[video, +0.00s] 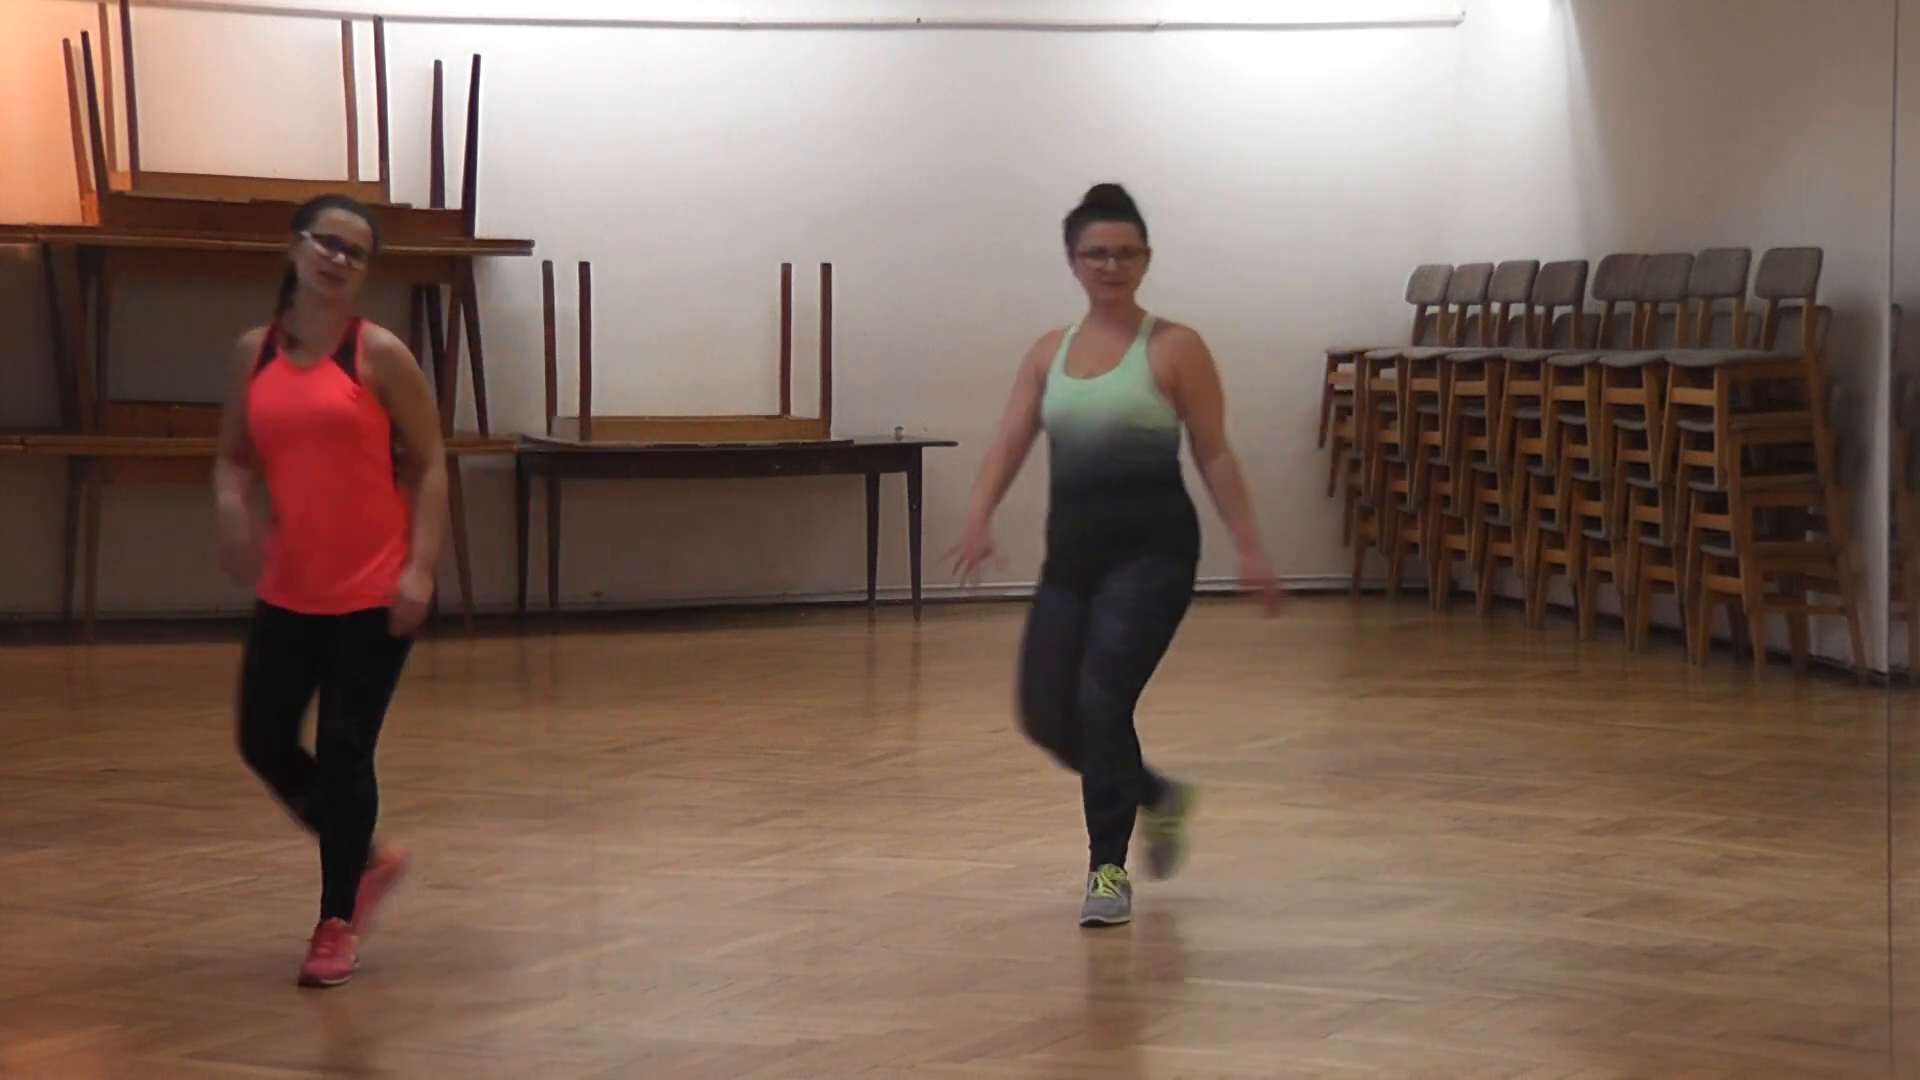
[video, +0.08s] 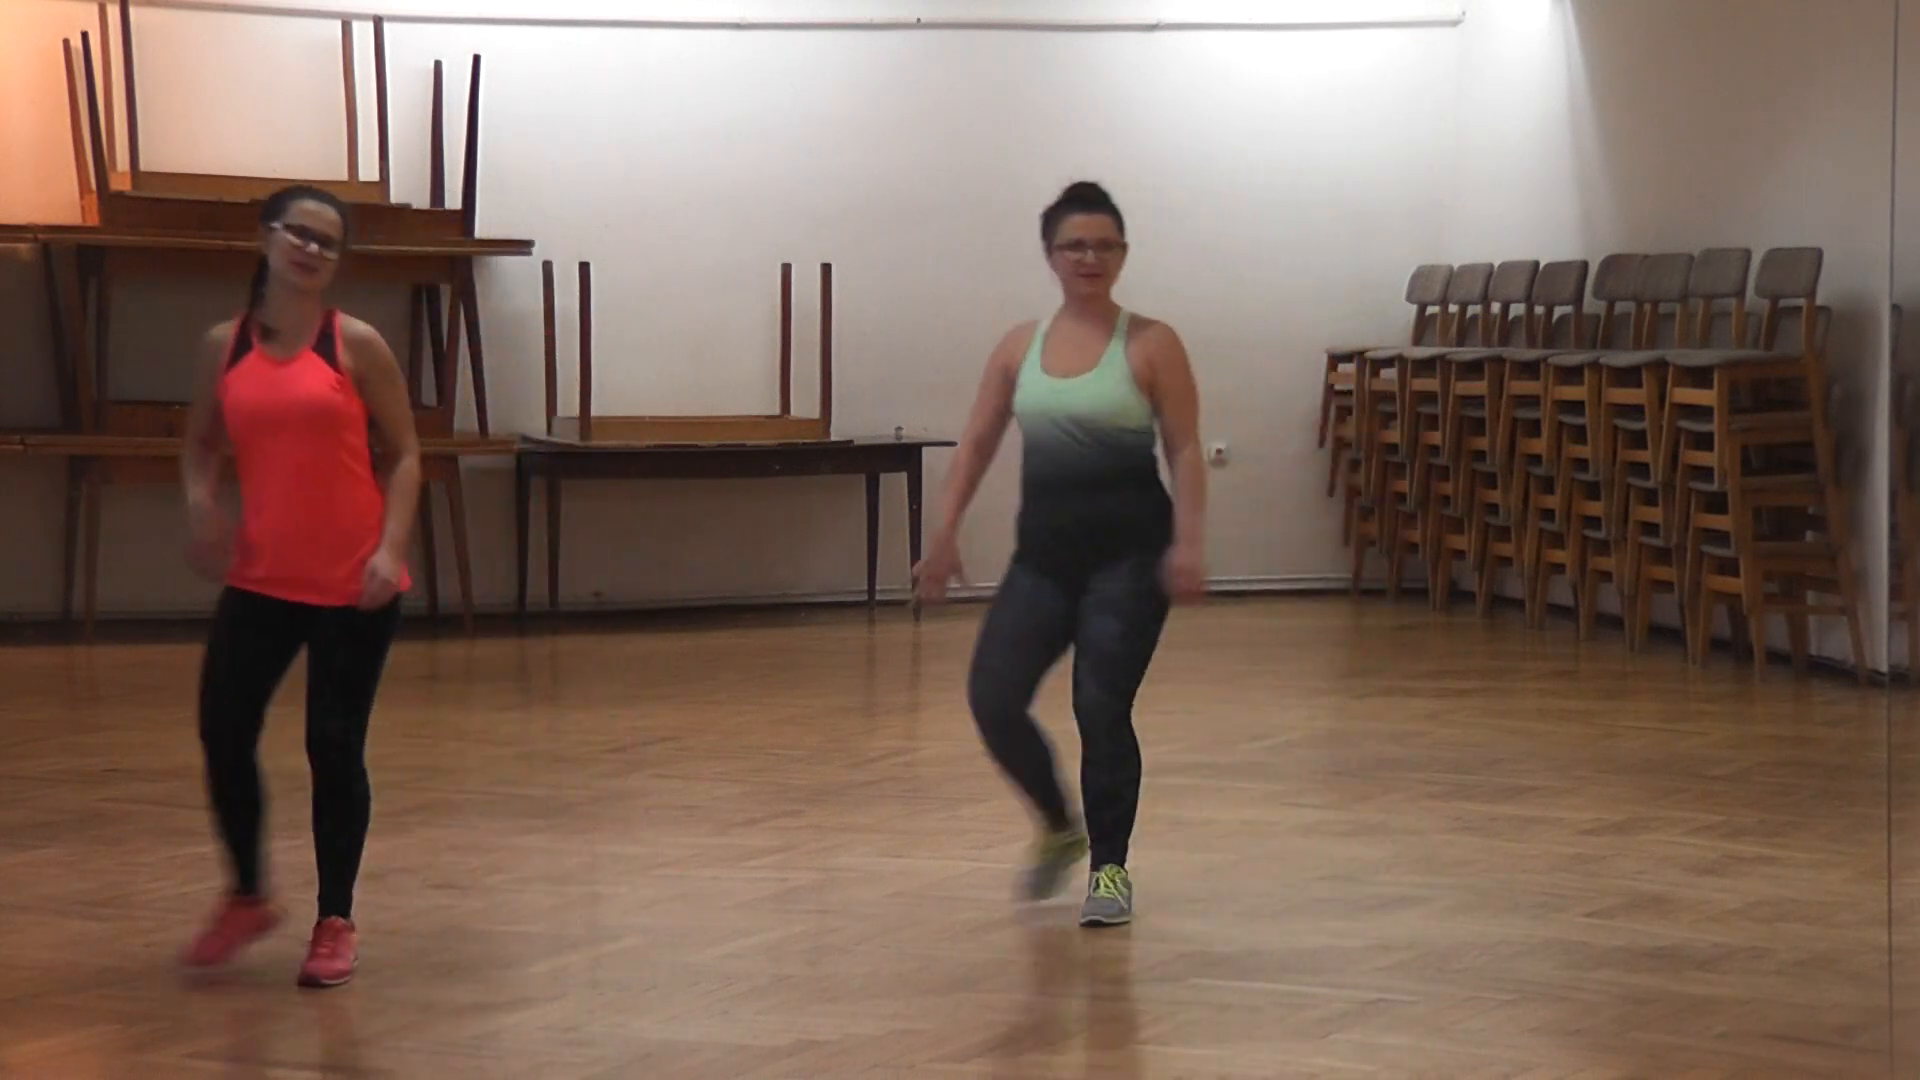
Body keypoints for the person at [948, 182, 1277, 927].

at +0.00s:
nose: (1113, 265)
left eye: (1127, 252)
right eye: (1098, 253)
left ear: (1145, 259)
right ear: (1073, 261)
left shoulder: (1175, 349)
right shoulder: (1051, 353)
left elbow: (1214, 454)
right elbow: (1011, 443)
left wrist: (1251, 551)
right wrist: (978, 518)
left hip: (1152, 551)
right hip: (1073, 553)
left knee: (1101, 697)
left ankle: (1107, 869)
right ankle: (1159, 793)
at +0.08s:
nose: (1090, 258)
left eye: (1103, 246)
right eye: (1074, 246)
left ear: (1122, 254)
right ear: (1050, 254)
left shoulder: (1152, 345)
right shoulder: (1021, 346)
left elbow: (1185, 450)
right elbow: (975, 445)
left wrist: (1190, 544)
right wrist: (945, 533)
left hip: (1129, 557)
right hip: (1043, 555)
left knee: (1100, 707)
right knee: (992, 697)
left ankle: (1109, 866)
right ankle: (1061, 823)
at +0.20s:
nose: (1058, 244)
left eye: (1070, 231)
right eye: (1041, 232)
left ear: (1087, 239)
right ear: (1012, 240)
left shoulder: (1112, 331)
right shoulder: (973, 328)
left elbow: (1138, 435)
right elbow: (931, 430)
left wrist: (1098, 503)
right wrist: (908, 516)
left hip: (1088, 539)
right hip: (996, 541)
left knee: (1089, 703)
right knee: (974, 700)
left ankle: (1109, 868)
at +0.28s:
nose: (1034, 249)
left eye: (1046, 235)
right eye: (1017, 236)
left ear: (1062, 242)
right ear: (986, 244)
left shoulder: (1083, 335)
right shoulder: (946, 328)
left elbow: (1105, 436)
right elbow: (899, 427)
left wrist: (1047, 476)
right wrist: (887, 507)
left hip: (1050, 545)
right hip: (960, 545)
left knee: (1071, 707)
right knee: (953, 711)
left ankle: (1106, 867)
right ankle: (915, 877)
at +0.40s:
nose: (999, 260)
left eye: (1012, 247)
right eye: (982, 248)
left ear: (1026, 253)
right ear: (950, 256)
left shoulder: (1036, 343)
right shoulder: (924, 336)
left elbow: (1058, 446)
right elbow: (851, 427)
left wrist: (1017, 458)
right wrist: (855, 519)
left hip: (997, 551)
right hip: (919, 549)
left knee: (1050, 691)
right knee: (939, 708)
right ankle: (912, 879)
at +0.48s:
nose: (978, 256)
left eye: (990, 244)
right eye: (961, 244)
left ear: (1002, 249)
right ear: (926, 250)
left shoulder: (1007, 338)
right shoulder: (902, 333)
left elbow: (1035, 441)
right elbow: (842, 429)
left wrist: (1016, 472)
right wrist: (850, 515)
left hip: (973, 542)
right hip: (901, 543)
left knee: (1008, 698)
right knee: (929, 709)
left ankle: (887, 814)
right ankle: (915, 878)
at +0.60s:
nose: (949, 248)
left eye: (960, 234)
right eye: (932, 236)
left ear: (972, 238)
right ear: (896, 243)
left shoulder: (976, 329)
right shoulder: (875, 323)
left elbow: (988, 429)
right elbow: (833, 423)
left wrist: (1021, 502)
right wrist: (888, 462)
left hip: (941, 540)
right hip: (873, 538)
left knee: (905, 702)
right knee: (905, 700)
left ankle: (798, 845)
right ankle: (903, 879)